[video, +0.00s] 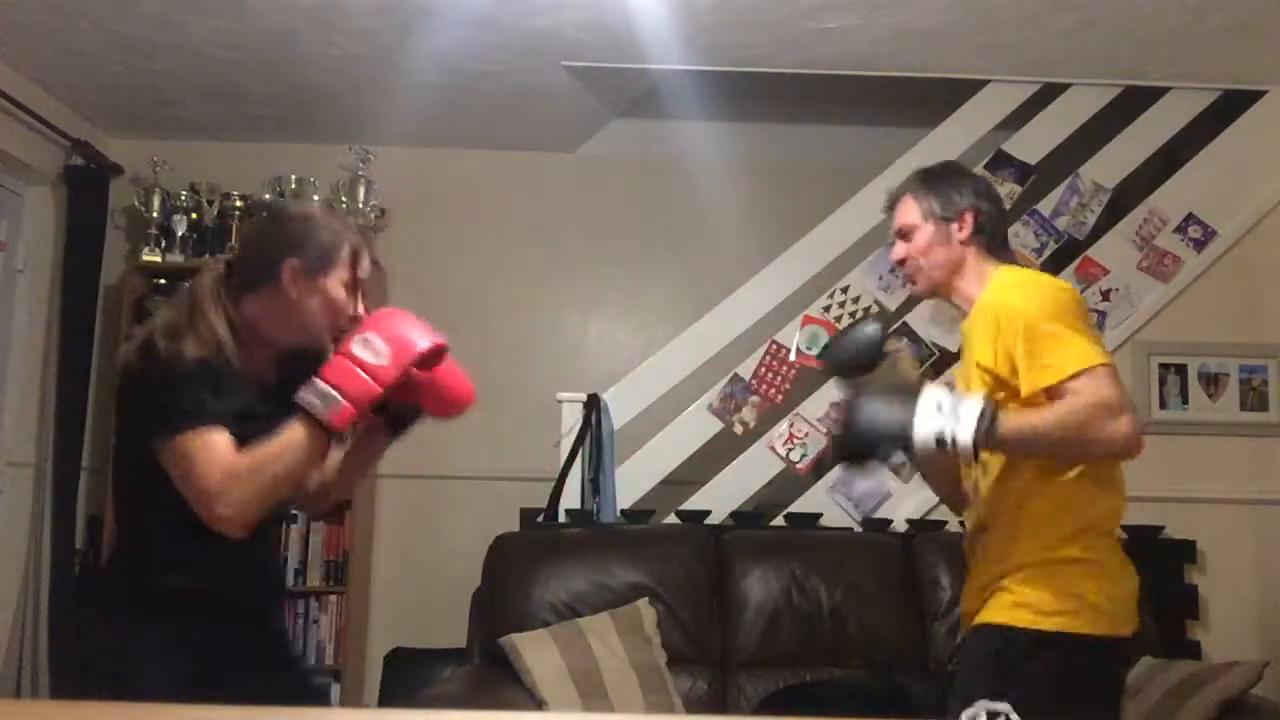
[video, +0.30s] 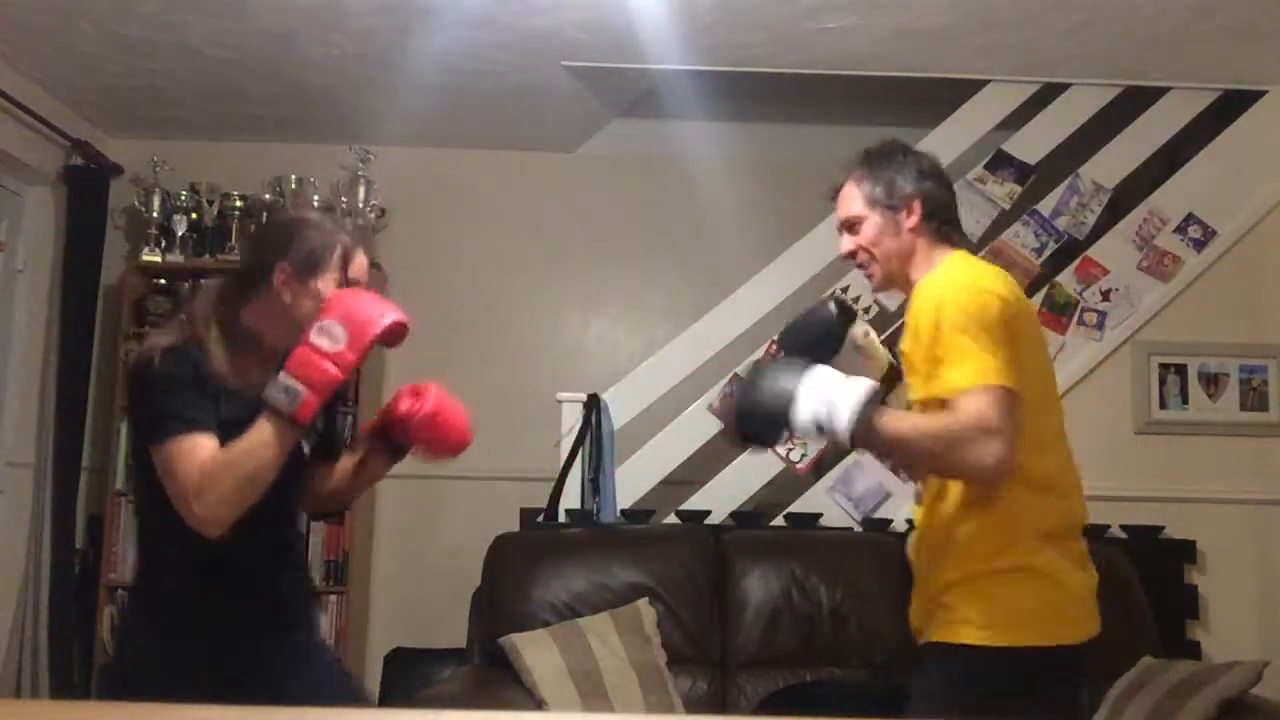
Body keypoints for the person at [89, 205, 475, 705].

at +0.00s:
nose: (357, 312)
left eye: (358, 291)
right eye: (347, 287)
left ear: (296, 282)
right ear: (293, 278)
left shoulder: (287, 366)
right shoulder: (170, 357)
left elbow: (318, 497)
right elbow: (227, 502)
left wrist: (387, 417)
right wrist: (341, 388)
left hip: (252, 639)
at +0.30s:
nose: (348, 307)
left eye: (354, 292)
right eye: (341, 288)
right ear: (286, 280)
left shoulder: (304, 372)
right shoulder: (170, 366)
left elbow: (315, 497)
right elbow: (207, 506)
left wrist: (387, 444)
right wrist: (306, 380)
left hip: (281, 648)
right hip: (178, 653)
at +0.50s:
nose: (441, 293)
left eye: (441, 274)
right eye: (429, 271)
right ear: (367, 265)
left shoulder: (402, 351)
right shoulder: (262, 350)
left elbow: (521, 404)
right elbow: (233, 487)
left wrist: (592, 358)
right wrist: (337, 376)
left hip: (384, 622)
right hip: (280, 624)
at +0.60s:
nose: (524, 302)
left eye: (521, 285)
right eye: (508, 281)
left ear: (464, 286)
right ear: (452, 282)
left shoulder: (500, 362)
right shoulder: (358, 354)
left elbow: (646, 359)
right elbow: (289, 460)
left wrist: (731, 315)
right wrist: (396, 369)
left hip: (441, 618)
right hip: (349, 616)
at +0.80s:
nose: (680, 372)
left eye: (684, 360)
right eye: (673, 353)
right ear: (632, 343)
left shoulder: (627, 454)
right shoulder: (588, 377)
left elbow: (716, 541)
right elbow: (704, 348)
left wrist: (727, 455)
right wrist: (800, 321)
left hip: (534, 662)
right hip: (454, 652)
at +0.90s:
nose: (713, 371)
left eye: (712, 361)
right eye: (706, 359)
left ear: (641, 349)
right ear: (675, 350)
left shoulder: (643, 451)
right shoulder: (649, 377)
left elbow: (747, 520)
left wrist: (741, 444)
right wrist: (837, 396)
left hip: (551, 636)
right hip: (512, 625)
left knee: (625, 708)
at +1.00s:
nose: (756, 373)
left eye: (752, 363)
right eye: (746, 362)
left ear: (679, 361)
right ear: (716, 357)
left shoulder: (673, 451)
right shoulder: (699, 381)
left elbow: (780, 488)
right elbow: (825, 409)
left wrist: (851, 428)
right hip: (561, 624)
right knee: (655, 705)